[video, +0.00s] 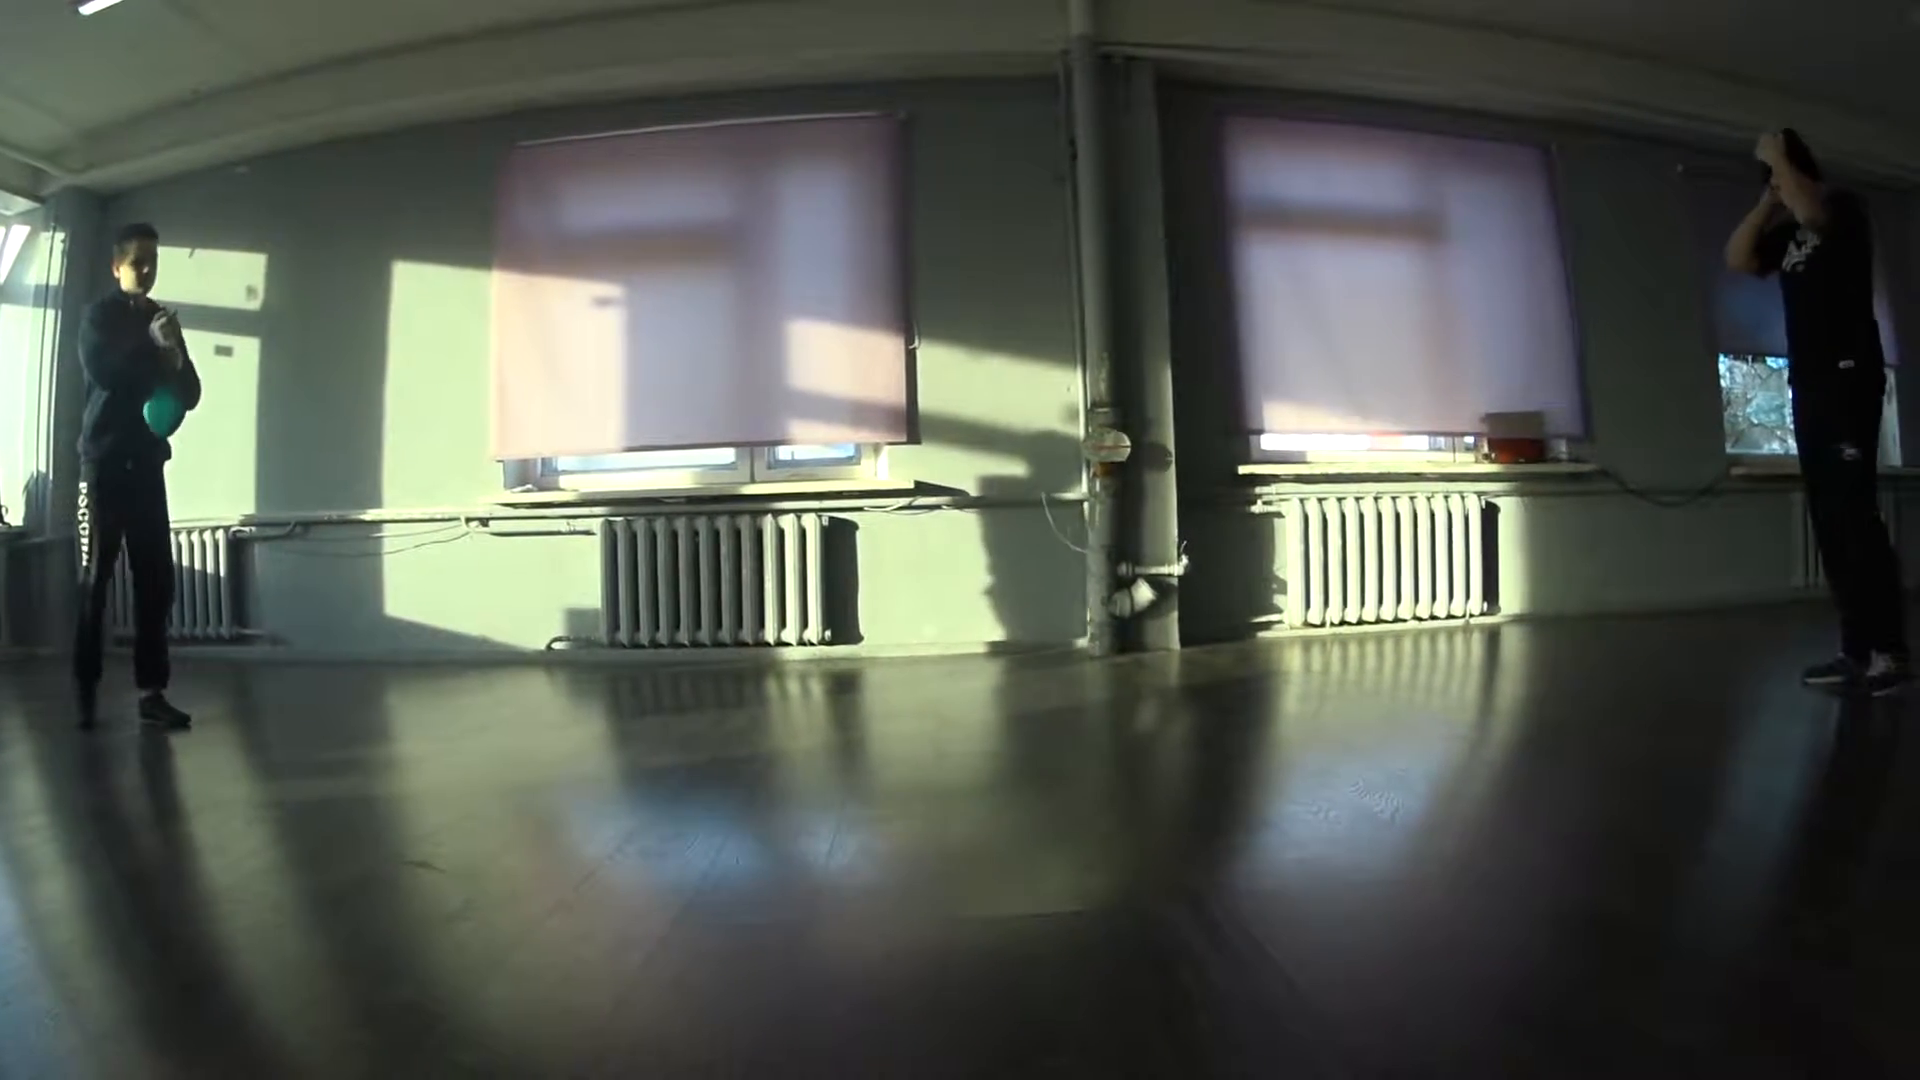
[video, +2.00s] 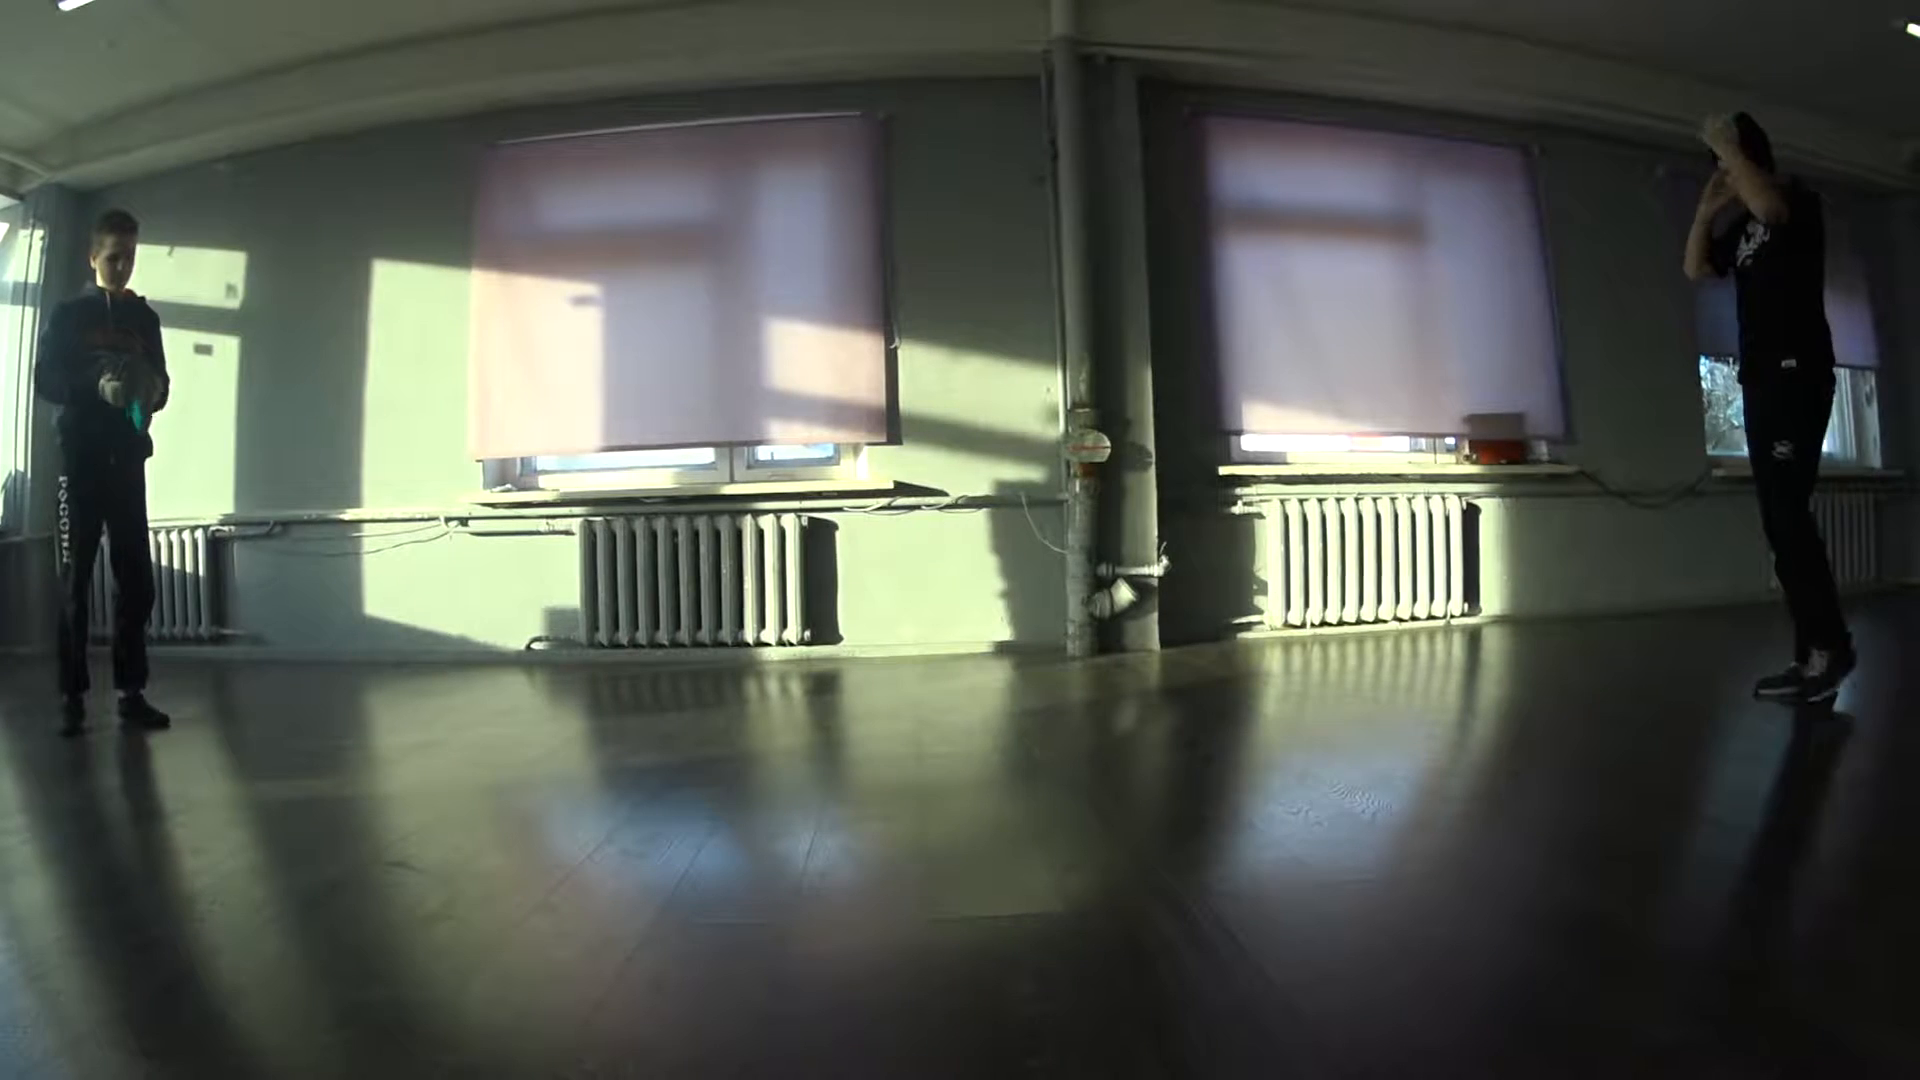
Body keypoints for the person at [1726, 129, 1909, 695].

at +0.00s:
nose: (1776, 185)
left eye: (1782, 175)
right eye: (1772, 178)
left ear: (1805, 172)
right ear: (1780, 181)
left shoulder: (1845, 216)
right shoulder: (1786, 237)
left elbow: (1809, 211)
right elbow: (1738, 259)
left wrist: (1779, 161)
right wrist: (1767, 199)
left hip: (1852, 383)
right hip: (1811, 387)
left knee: (1855, 516)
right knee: (1829, 519)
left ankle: (1888, 650)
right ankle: (1855, 652)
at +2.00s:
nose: (1725, 172)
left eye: (1729, 163)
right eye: (1723, 164)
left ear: (1752, 157)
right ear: (1734, 165)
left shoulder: (1799, 204)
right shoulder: (1740, 227)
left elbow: (1765, 205)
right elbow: (1696, 268)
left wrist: (1728, 151)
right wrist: (1707, 206)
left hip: (1801, 374)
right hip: (1762, 378)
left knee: (1788, 516)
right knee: (1779, 519)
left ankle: (1831, 650)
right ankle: (1808, 655)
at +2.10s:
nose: (1724, 179)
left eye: (1732, 168)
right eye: (1716, 172)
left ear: (1756, 164)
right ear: (1711, 176)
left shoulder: (1792, 204)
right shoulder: (1733, 227)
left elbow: (1784, 234)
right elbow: (1702, 290)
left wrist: (1716, 187)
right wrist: (1694, 237)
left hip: (1798, 378)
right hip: (1757, 381)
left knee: (1783, 518)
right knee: (1777, 519)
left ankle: (1811, 665)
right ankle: (1799, 661)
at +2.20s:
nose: (1717, 181)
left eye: (1724, 167)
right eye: (1708, 173)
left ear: (1748, 161)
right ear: (1704, 178)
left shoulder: (1782, 203)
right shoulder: (1733, 232)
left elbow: (1804, 251)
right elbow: (1723, 308)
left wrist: (1721, 262)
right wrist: (1694, 284)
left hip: (1794, 378)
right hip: (1755, 382)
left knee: (1777, 517)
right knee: (1782, 518)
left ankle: (1767, 661)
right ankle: (1813, 661)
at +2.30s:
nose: (1706, 184)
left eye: (1712, 170)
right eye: (1697, 176)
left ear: (1736, 162)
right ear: (1696, 178)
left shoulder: (1773, 208)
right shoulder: (1728, 232)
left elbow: (1808, 274)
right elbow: (1737, 321)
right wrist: (1689, 357)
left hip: (1787, 386)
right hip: (1752, 389)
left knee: (1771, 524)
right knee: (1782, 524)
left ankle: (1734, 662)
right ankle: (1815, 663)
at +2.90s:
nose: (1658, 170)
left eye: (1663, 156)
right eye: (1651, 161)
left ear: (1690, 148)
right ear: (1652, 163)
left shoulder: (1726, 199)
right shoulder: (1694, 209)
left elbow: (1728, 286)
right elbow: (1693, 306)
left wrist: (1702, 371)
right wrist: (1674, 382)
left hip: (1727, 384)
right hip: (1701, 385)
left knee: (1722, 526)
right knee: (1704, 524)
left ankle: (1721, 669)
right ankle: (1784, 632)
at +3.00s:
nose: (1653, 165)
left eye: (1658, 152)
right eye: (1648, 156)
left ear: (1685, 145)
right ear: (1661, 153)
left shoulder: (1720, 196)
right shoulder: (1693, 206)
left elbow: (1706, 276)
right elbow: (1692, 307)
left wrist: (1643, 338)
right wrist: (1658, 380)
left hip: (1723, 377)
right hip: (1692, 378)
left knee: (1717, 520)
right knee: (1680, 521)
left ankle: (1720, 669)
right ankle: (1763, 624)